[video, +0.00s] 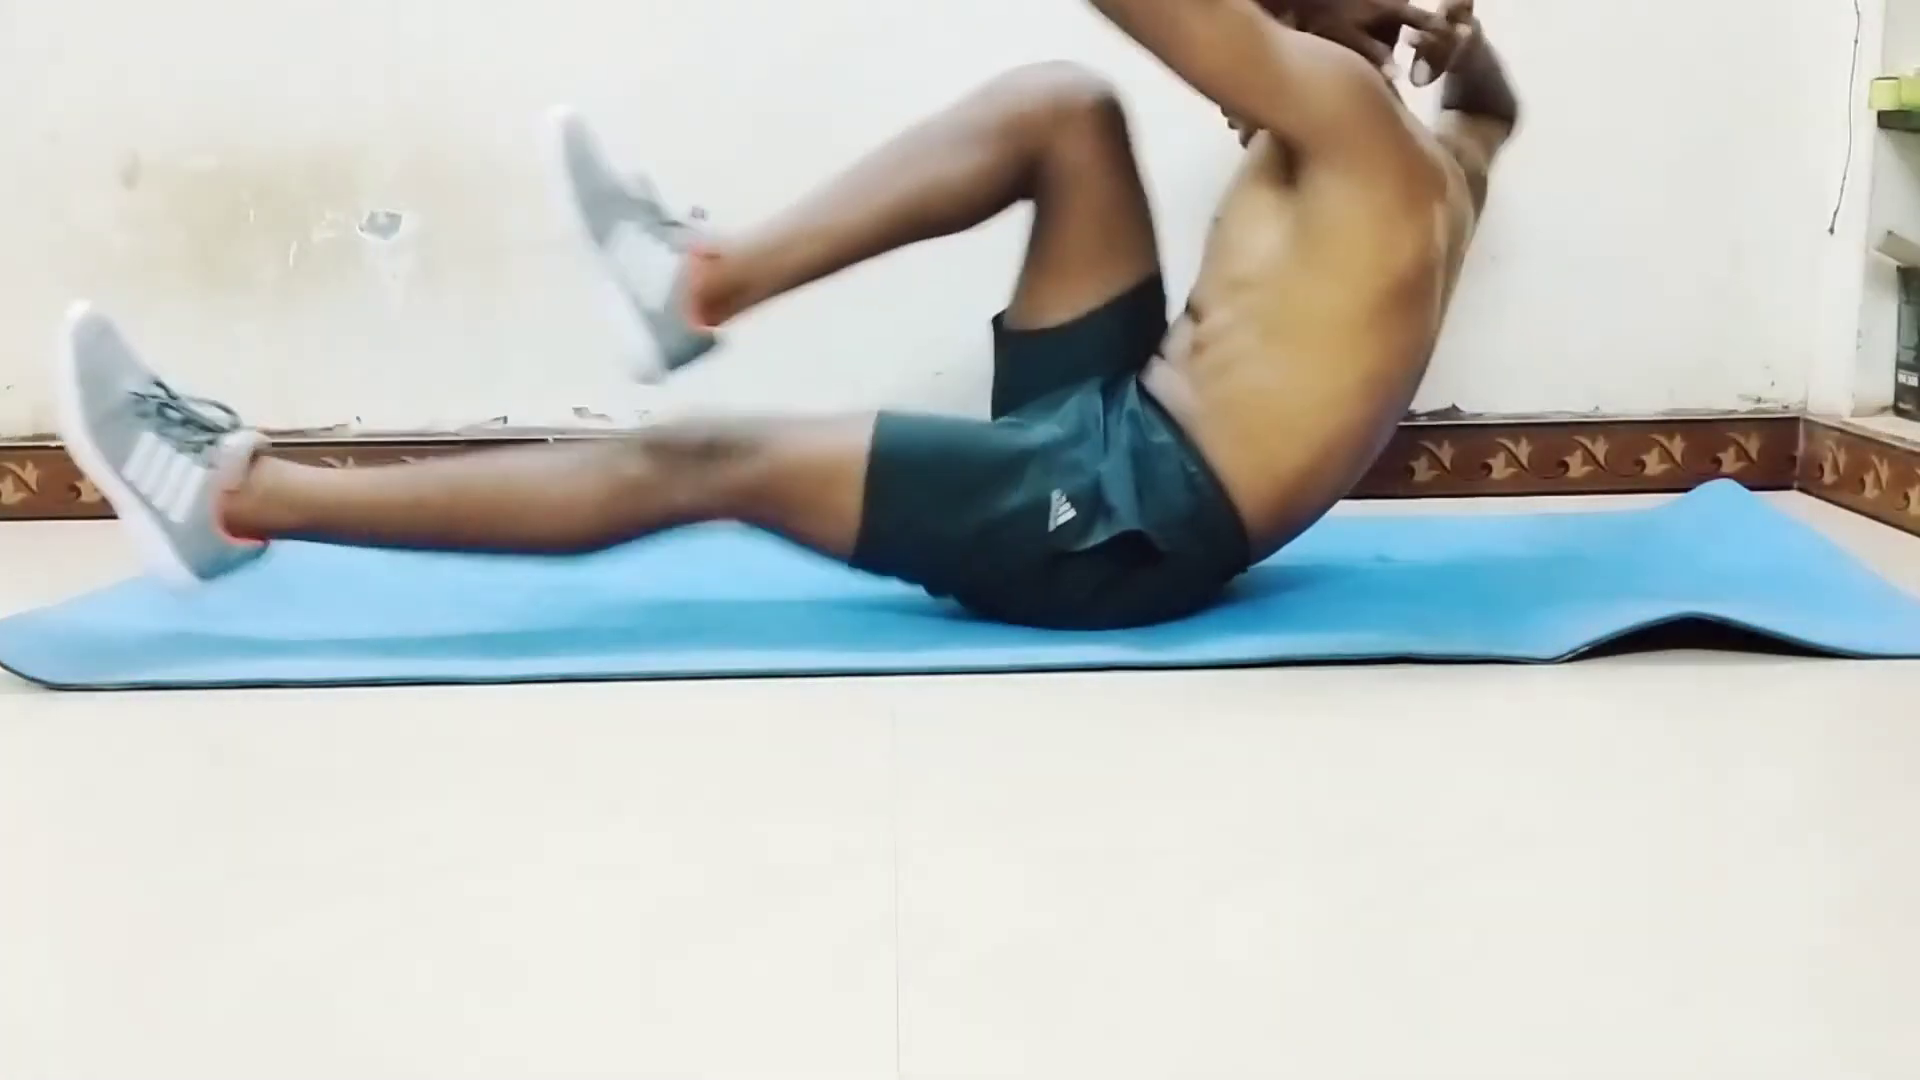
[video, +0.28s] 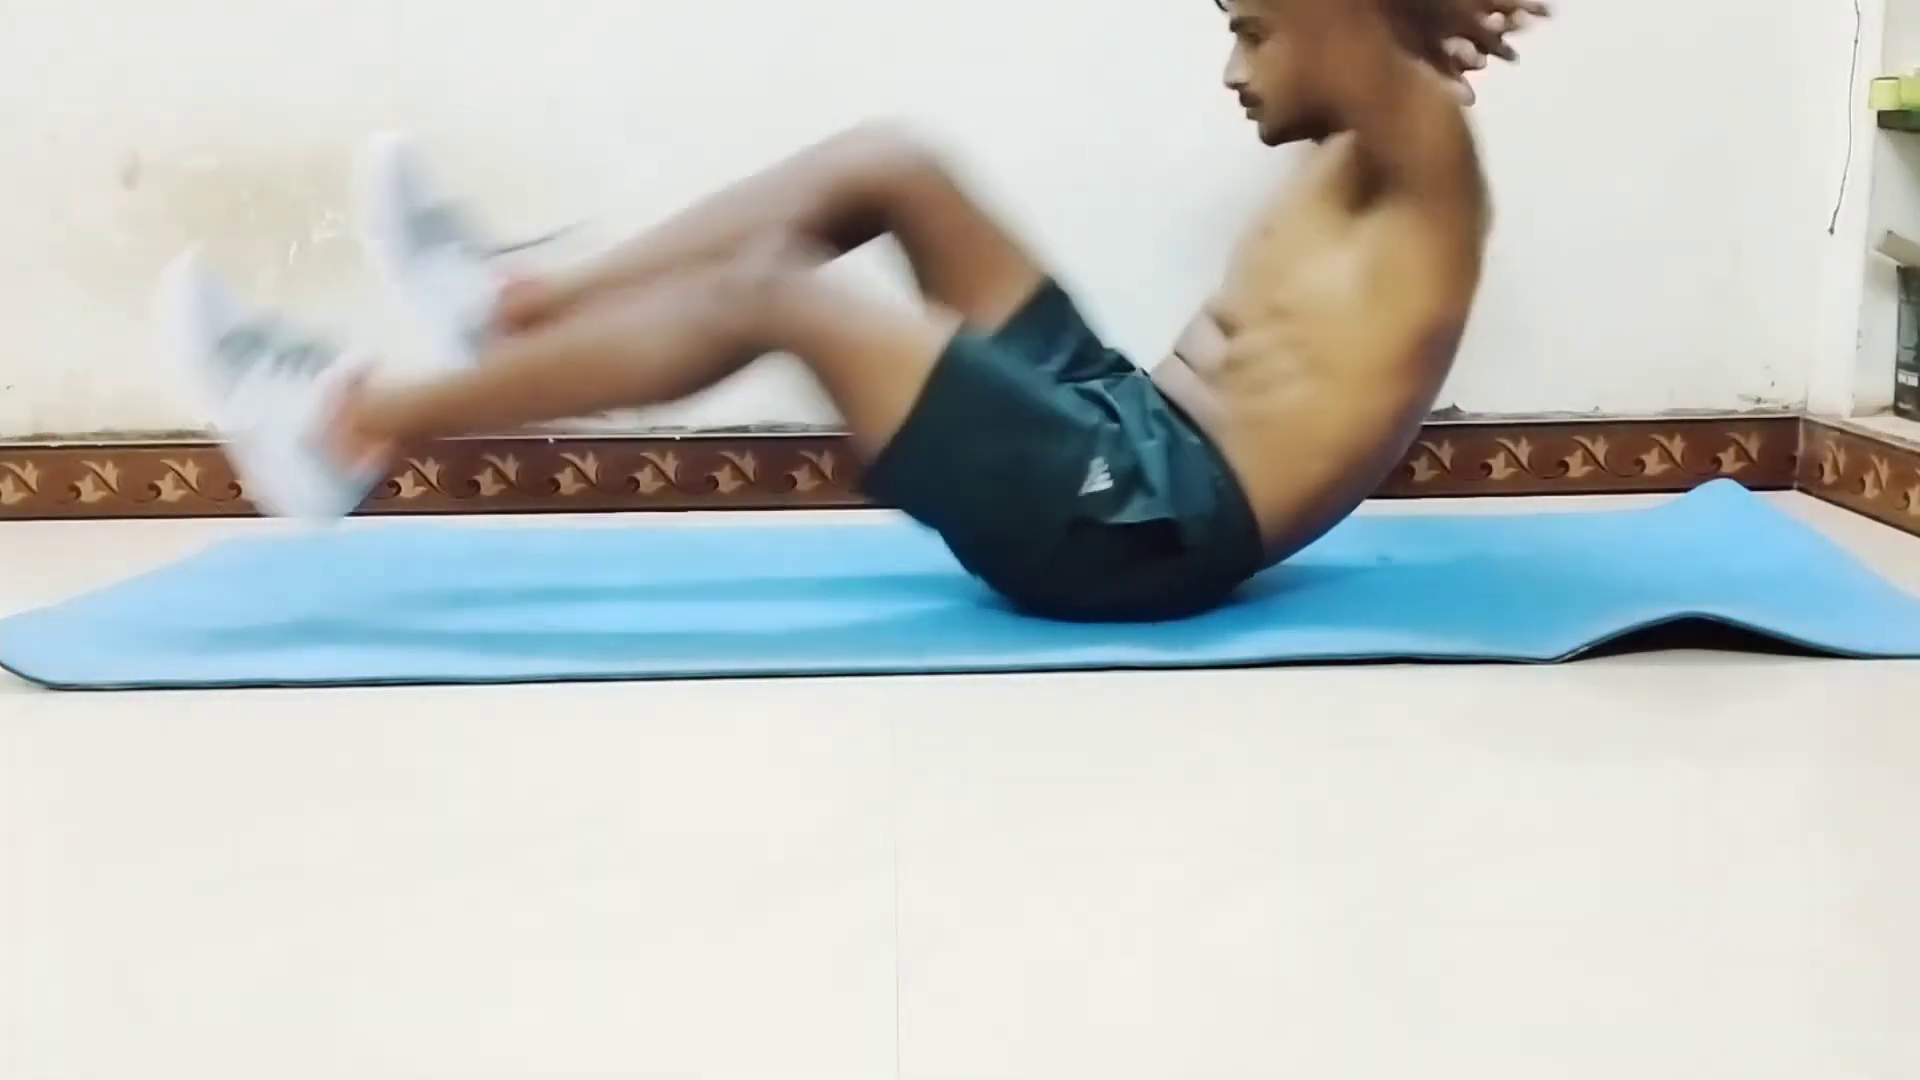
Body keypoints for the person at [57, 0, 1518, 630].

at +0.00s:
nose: (1263, 23)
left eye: (1281, 12)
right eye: (1284, 13)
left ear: (1360, 21)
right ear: (1398, 35)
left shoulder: (1358, 114)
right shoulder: (1409, 142)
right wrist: (1418, 58)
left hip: (1114, 510)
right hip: (1126, 434)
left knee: (695, 462)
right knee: (1069, 111)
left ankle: (236, 494)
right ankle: (705, 279)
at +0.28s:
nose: (1231, 69)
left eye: (1249, 40)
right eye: (1232, 41)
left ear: (1353, 29)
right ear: (1328, 37)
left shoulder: (1420, 171)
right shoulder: (1357, 170)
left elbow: (1376, 84)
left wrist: (1429, 48)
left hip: (1147, 513)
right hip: (1126, 435)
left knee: (787, 285)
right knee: (895, 170)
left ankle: (351, 428)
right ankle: (514, 305)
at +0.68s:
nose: (1273, 73)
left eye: (1305, 53)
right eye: (1266, 54)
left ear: (1401, 58)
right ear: (1276, 67)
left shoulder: (1473, 179)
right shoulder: (1248, 127)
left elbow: (1680, 22)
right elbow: (1055, 54)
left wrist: (1494, 25)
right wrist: (1202, 30)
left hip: (1154, 503)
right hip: (1063, 452)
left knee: (1057, 112)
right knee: (718, 371)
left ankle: (660, 171)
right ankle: (344, 404)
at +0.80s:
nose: (1271, 78)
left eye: (1306, 58)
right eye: (1265, 50)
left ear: (1407, 60)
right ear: (1266, 47)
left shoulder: (1473, 174)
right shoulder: (1233, 114)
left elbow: (1720, 32)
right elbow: (1061, 51)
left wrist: (1546, 17)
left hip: (1159, 513)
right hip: (1069, 452)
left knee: (1084, 107)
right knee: (716, 380)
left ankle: (676, 125)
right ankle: (332, 423)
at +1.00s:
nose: (1280, 92)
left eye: (1314, 70)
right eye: (1272, 68)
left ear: (1408, 69)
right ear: (1281, 73)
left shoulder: (1484, 179)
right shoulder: (1242, 118)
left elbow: (1699, 36)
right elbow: (1052, 36)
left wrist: (1552, 20)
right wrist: (1211, 9)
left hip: (1156, 508)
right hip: (1066, 462)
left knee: (1005, 125)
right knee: (724, 334)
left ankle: (607, 111)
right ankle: (354, 429)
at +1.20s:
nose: (1262, 86)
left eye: (1288, 48)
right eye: (1248, 56)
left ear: (1392, 50)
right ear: (1264, 69)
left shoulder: (1454, 186)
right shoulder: (1307, 157)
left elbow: (1530, 30)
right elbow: (1151, 41)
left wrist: (1453, 31)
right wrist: (1282, 34)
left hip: (1147, 513)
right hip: (1102, 456)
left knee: (831, 208)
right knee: (840, 184)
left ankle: (383, 193)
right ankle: (495, 375)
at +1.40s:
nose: (1227, 71)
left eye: (1250, 44)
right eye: (1234, 44)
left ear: (1358, 50)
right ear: (1338, 53)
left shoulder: (1405, 176)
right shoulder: (1336, 178)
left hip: (1143, 502)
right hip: (1100, 429)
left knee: (753, 308)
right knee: (934, 136)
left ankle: (297, 274)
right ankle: (597, 286)